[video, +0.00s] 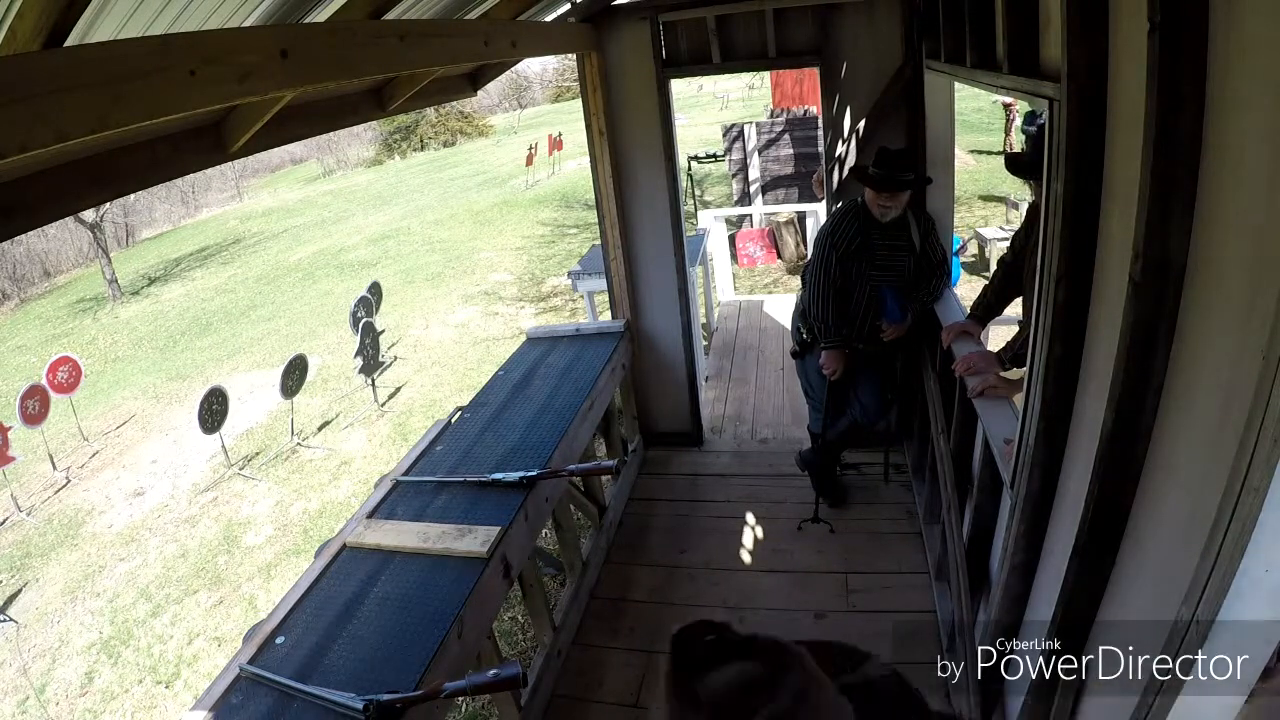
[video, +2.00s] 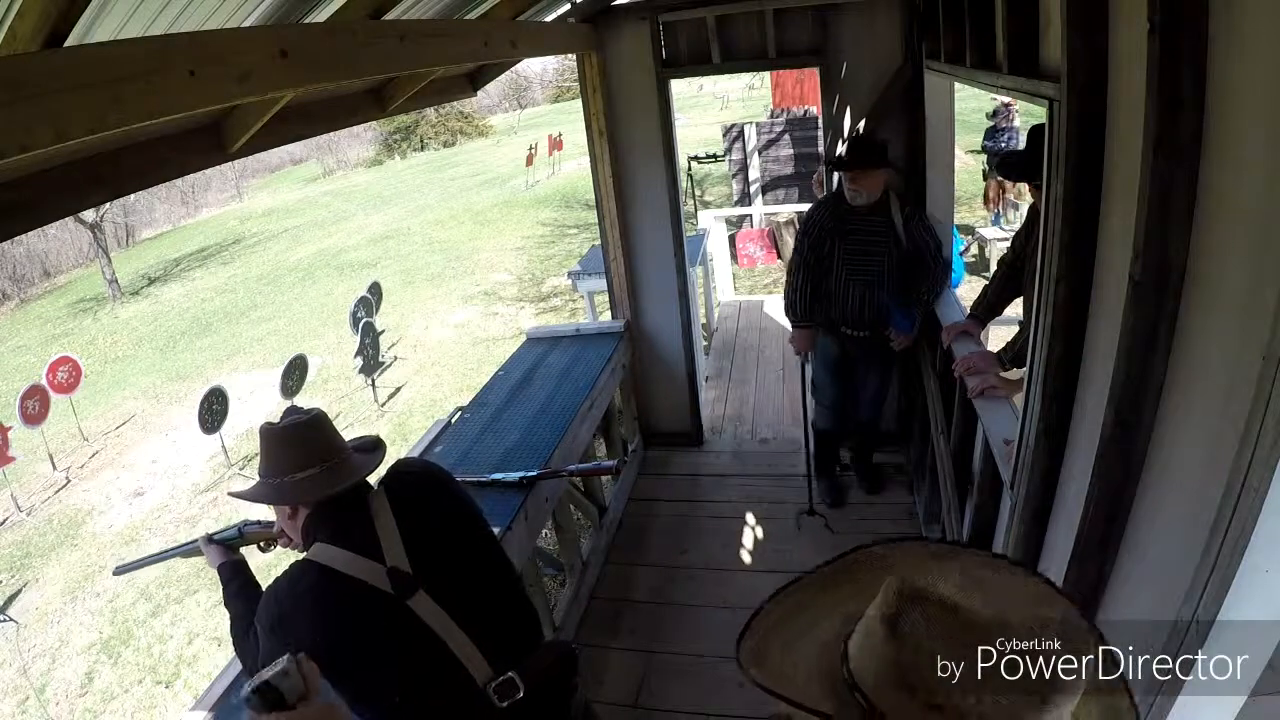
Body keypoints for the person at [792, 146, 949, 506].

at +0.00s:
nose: (886, 199)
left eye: (897, 191)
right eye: (878, 190)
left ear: (911, 192)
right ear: (865, 186)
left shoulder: (920, 225)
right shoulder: (844, 223)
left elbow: (937, 273)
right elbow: (820, 282)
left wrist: (909, 317)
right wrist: (831, 343)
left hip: (875, 335)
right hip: (824, 334)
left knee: (871, 409)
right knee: (826, 410)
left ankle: (817, 455)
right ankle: (827, 478)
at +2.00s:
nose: (852, 182)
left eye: (863, 174)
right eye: (847, 172)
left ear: (885, 174)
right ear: (840, 171)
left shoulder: (906, 216)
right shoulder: (824, 215)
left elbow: (934, 270)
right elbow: (801, 270)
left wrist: (912, 318)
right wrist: (801, 324)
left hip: (882, 334)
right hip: (832, 331)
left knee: (873, 404)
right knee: (830, 405)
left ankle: (865, 460)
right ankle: (826, 472)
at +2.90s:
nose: (871, 200)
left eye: (877, 192)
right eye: (863, 193)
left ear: (887, 184)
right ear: (847, 185)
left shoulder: (906, 211)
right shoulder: (826, 212)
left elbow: (950, 242)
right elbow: (799, 263)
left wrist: (937, 297)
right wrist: (789, 317)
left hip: (887, 332)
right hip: (836, 331)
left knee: (874, 404)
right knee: (831, 405)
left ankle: (865, 461)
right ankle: (823, 474)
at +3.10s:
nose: (876, 205)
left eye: (881, 198)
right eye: (868, 198)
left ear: (891, 191)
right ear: (851, 189)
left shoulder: (911, 213)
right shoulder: (827, 214)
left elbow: (951, 245)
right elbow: (796, 262)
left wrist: (937, 297)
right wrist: (784, 318)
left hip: (888, 334)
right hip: (836, 333)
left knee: (874, 404)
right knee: (829, 405)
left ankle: (865, 461)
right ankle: (823, 473)